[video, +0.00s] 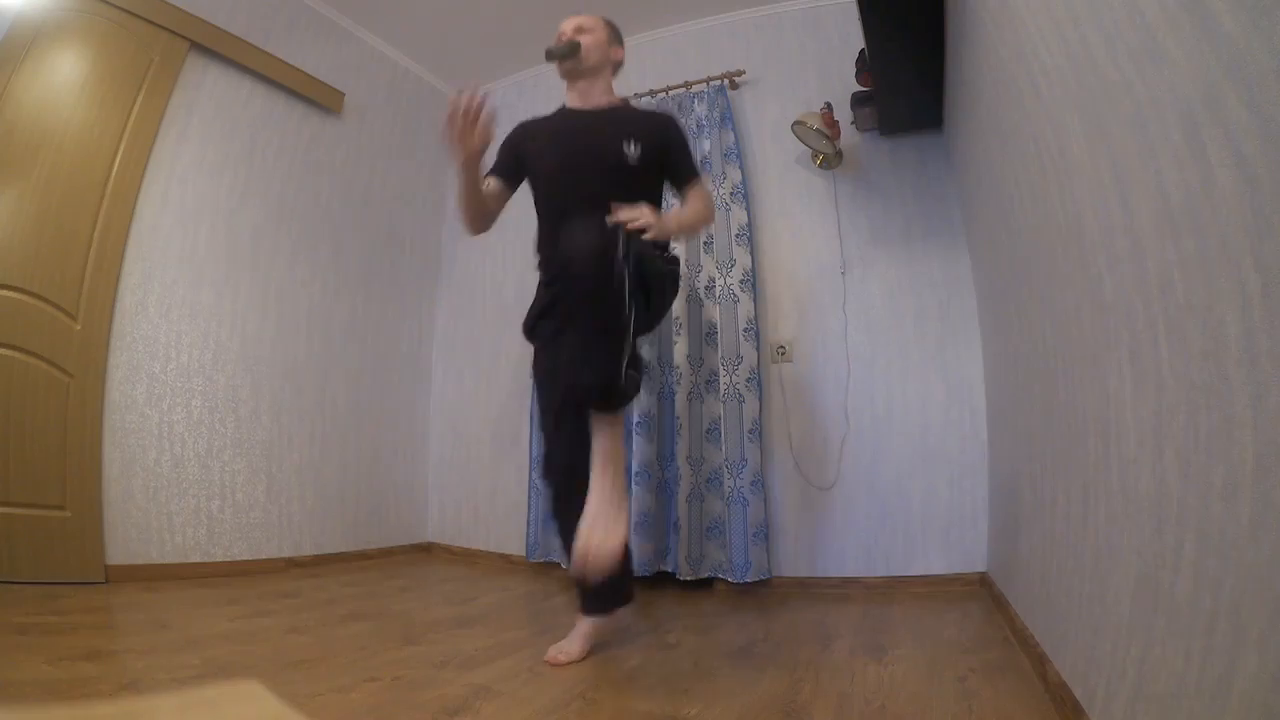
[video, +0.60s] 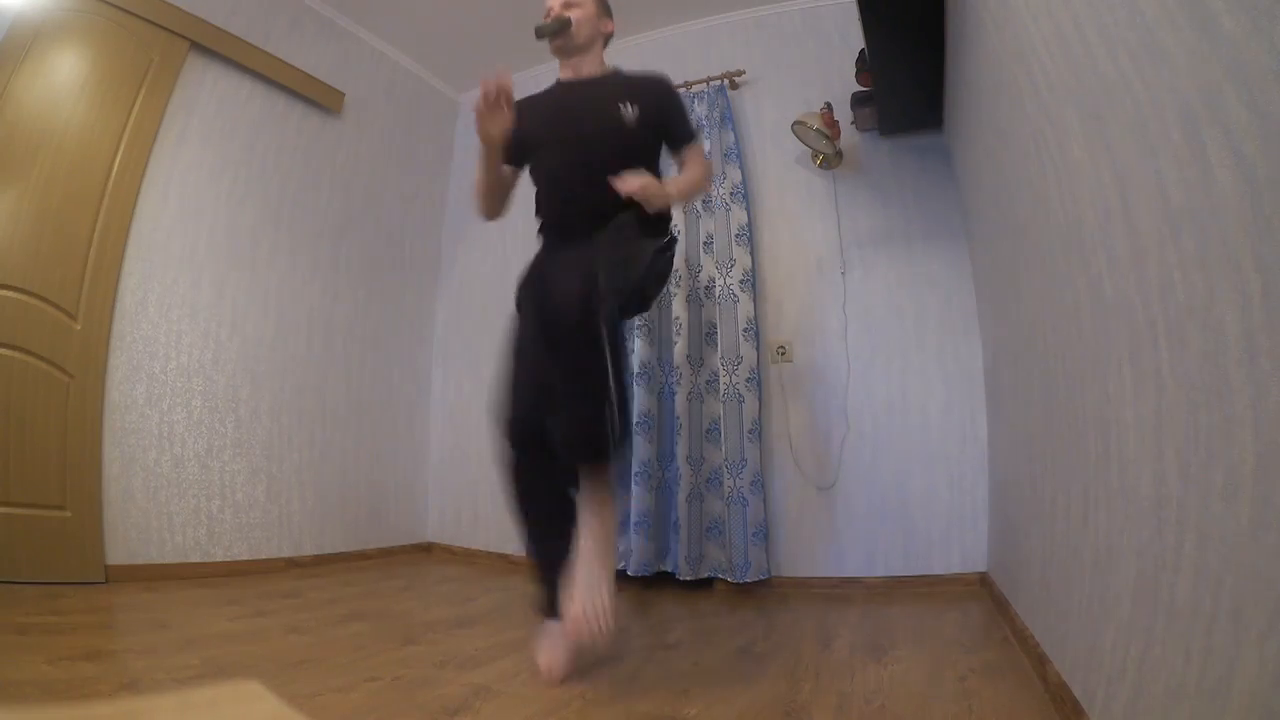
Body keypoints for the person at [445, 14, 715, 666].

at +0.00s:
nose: (566, 34)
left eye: (583, 28)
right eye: (560, 31)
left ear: (616, 53)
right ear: (554, 61)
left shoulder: (654, 127)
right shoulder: (530, 135)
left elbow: (700, 205)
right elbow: (478, 217)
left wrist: (663, 222)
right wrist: (468, 163)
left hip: (638, 286)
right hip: (565, 298)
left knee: (589, 244)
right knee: (567, 461)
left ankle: (609, 457)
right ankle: (598, 605)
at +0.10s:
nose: (559, 18)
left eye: (576, 11)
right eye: (555, 16)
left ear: (611, 36)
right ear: (550, 47)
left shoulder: (648, 96)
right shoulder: (540, 125)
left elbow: (708, 177)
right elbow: (521, 222)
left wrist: (639, 184)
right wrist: (507, 178)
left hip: (638, 264)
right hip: (567, 269)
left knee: (605, 403)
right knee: (494, 398)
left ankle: (625, 576)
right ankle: (541, 558)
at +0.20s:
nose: (563, 37)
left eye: (580, 28)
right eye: (558, 33)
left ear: (616, 50)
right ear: (553, 60)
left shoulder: (639, 113)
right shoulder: (551, 144)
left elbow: (676, 200)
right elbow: (561, 242)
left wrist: (573, 143)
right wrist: (506, 260)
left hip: (634, 299)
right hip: (568, 293)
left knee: (634, 470)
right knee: (443, 274)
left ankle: (640, 630)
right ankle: (491, 455)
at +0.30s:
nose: (564, 16)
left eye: (582, 10)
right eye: (558, 14)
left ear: (615, 38)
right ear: (549, 42)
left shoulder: (637, 96)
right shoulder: (542, 124)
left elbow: (659, 161)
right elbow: (570, 208)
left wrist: (575, 92)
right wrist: (538, 243)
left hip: (630, 285)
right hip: (561, 278)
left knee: (623, 438)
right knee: (456, 322)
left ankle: (632, 619)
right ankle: (503, 509)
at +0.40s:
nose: (563, 10)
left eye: (581, 3)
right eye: (559, 5)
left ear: (614, 26)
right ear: (552, 31)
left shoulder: (652, 97)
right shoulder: (534, 110)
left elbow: (695, 180)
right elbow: (518, 198)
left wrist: (602, 136)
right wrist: (506, 211)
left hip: (628, 241)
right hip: (552, 257)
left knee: (591, 309)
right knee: (534, 432)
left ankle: (621, 507)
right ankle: (559, 616)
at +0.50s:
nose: (561, 26)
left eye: (579, 20)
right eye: (555, 23)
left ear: (612, 48)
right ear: (548, 54)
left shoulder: (652, 122)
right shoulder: (523, 131)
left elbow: (701, 210)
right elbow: (472, 220)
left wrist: (671, 217)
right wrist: (464, 166)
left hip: (634, 281)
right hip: (554, 293)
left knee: (565, 189)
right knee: (563, 461)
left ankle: (600, 408)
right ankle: (596, 622)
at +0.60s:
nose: (555, 10)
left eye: (573, 4)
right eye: (551, 6)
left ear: (606, 25)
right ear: (546, 31)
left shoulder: (648, 92)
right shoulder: (531, 110)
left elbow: (697, 167)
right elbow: (491, 206)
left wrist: (664, 191)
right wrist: (492, 141)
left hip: (633, 246)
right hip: (558, 260)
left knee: (568, 296)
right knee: (530, 427)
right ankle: (557, 609)